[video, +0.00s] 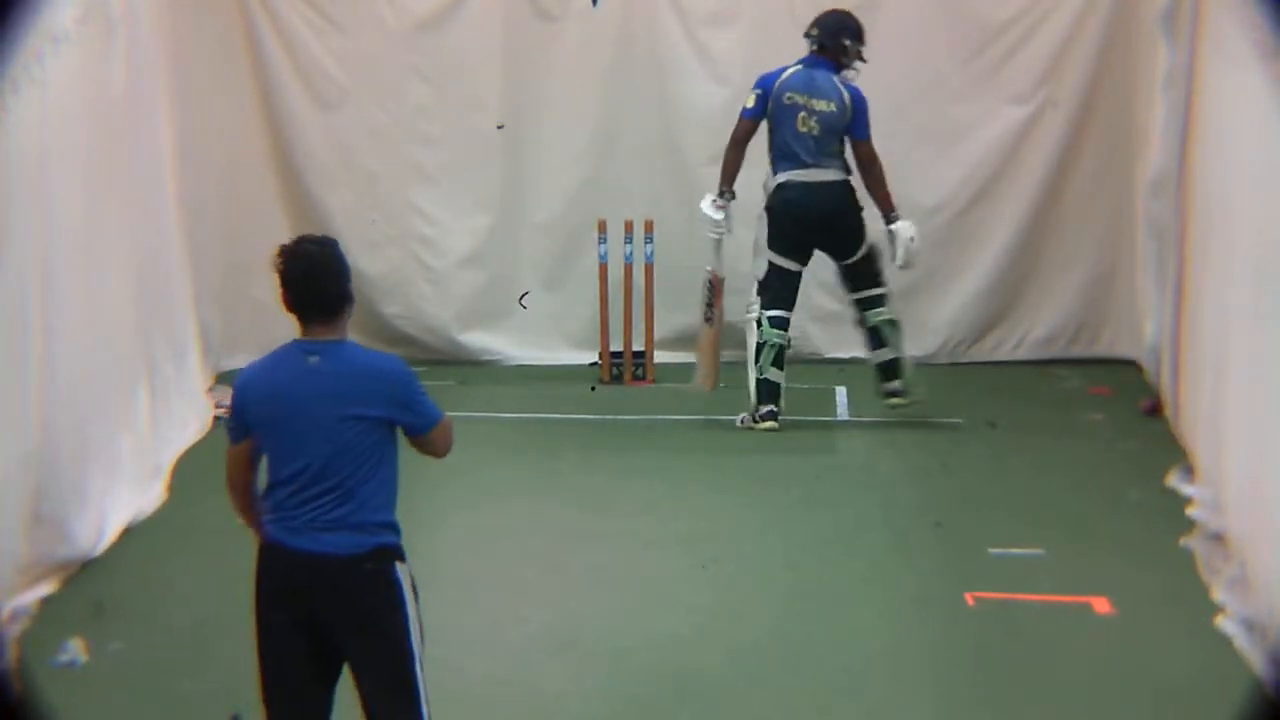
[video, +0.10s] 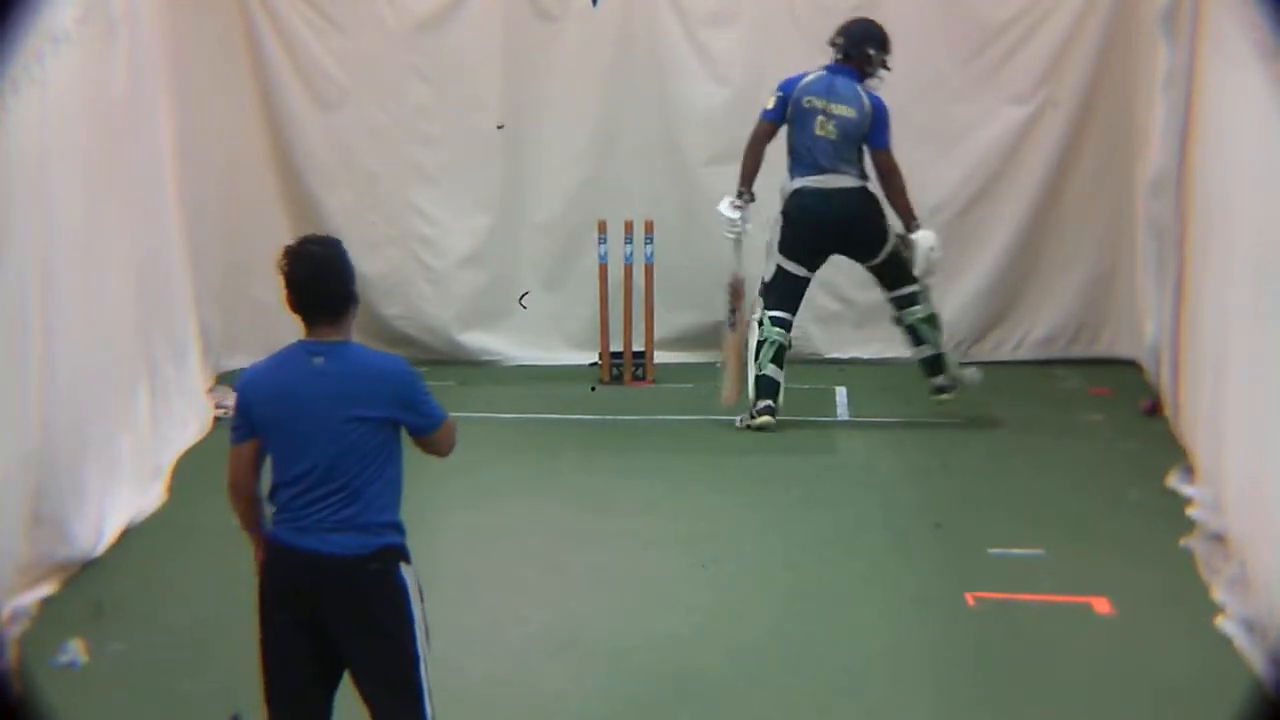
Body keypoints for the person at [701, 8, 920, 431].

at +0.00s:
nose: (857, 59)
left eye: (858, 50)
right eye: (854, 50)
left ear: (815, 43)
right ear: (840, 47)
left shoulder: (772, 82)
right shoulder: (849, 95)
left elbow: (739, 139)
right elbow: (867, 162)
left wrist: (723, 195)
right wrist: (893, 218)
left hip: (788, 205)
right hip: (837, 204)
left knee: (776, 300)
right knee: (866, 286)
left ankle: (766, 406)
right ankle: (891, 380)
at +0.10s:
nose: (879, 67)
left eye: (881, 60)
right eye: (877, 59)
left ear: (838, 49)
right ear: (866, 56)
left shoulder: (794, 86)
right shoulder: (870, 104)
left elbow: (759, 138)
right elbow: (886, 169)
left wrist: (741, 196)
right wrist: (912, 228)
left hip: (805, 210)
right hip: (858, 209)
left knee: (779, 303)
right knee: (900, 283)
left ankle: (765, 401)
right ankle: (939, 375)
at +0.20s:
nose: (912, 86)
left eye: (913, 77)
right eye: (910, 76)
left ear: (874, 66)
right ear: (898, 73)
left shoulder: (825, 99)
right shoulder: (900, 120)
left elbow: (783, 144)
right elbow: (918, 186)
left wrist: (763, 199)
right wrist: (947, 243)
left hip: (824, 226)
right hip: (880, 225)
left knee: (787, 309)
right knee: (935, 298)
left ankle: (763, 400)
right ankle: (986, 375)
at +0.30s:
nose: (955, 111)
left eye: (957, 103)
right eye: (954, 102)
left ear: (919, 87)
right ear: (943, 97)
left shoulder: (867, 112)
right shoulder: (940, 139)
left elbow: (820, 149)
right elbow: (964, 202)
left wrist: (790, 203)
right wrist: (994, 258)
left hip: (855, 233)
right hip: (908, 237)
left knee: (805, 312)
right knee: (960, 315)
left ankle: (765, 397)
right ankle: (1014, 392)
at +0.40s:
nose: (1014, 139)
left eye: (1014, 131)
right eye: (1012, 130)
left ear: (972, 116)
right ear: (999, 126)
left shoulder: (921, 129)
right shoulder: (995, 160)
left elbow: (865, 154)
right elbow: (1020, 228)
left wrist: (832, 197)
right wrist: (1045, 285)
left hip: (891, 231)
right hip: (946, 237)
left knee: (838, 315)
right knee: (992, 322)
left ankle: (782, 395)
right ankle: (1030, 396)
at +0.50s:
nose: (1053, 183)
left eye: (1055, 176)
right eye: (1052, 174)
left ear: (1016, 150)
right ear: (1039, 163)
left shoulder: (963, 152)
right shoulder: (1031, 185)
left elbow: (905, 160)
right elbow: (1060, 259)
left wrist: (864, 196)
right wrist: (1086, 311)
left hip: (920, 220)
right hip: (971, 228)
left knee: (871, 311)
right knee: (1015, 310)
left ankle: (824, 396)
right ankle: (1029, 397)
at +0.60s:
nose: (1073, 220)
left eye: (1074, 213)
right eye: (1074, 213)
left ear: (1044, 187)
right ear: (1070, 203)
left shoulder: (1009, 180)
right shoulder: (1062, 216)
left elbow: (933, 175)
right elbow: (1083, 287)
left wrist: (890, 201)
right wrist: (1118, 345)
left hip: (947, 210)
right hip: (1000, 224)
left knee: (897, 307)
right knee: (1037, 307)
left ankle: (851, 391)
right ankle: (1031, 398)